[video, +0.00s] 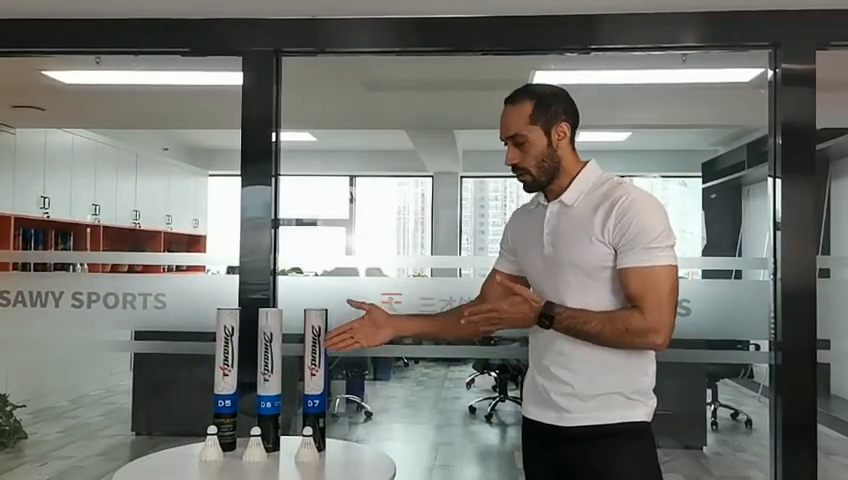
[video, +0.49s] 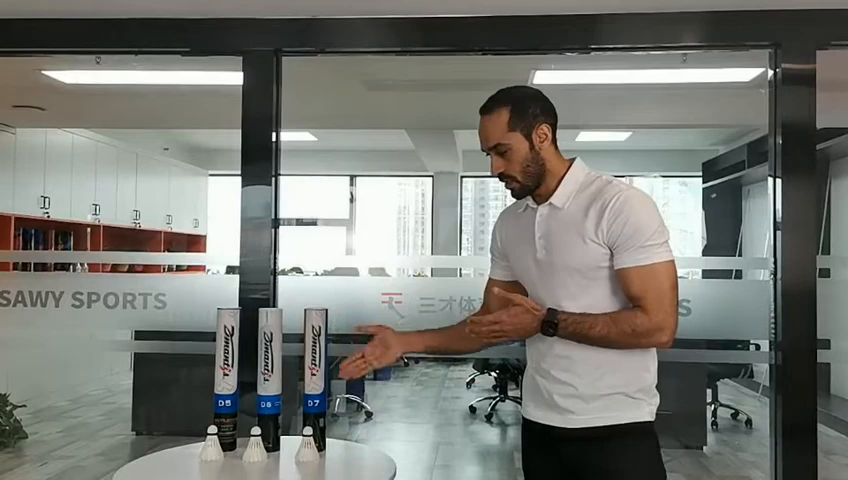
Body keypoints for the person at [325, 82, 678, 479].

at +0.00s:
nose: (509, 160)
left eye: (519, 143)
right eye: (506, 146)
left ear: (561, 133)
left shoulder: (631, 208)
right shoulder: (523, 221)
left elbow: (654, 330)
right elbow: (486, 313)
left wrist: (541, 313)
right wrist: (396, 325)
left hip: (615, 429)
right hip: (542, 425)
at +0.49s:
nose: (494, 169)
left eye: (502, 151)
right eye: (490, 155)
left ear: (543, 135)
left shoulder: (621, 206)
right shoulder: (510, 224)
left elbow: (659, 327)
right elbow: (494, 324)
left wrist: (544, 321)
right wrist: (404, 342)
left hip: (618, 432)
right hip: (541, 431)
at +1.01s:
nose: (490, 165)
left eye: (497, 147)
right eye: (486, 151)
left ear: (537, 133)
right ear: (536, 134)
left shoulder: (619, 203)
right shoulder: (517, 223)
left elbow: (654, 325)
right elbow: (520, 324)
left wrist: (538, 321)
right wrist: (441, 344)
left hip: (618, 430)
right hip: (544, 427)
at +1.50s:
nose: (513, 156)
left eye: (520, 139)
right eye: (511, 143)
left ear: (562, 126)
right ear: (561, 127)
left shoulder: (645, 196)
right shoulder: (546, 226)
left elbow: (685, 323)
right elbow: (549, 330)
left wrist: (566, 321)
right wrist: (458, 364)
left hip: (656, 440)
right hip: (573, 432)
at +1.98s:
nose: (426, 179)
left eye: (435, 163)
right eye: (425, 166)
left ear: (479, 159)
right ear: (463, 165)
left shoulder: (562, 213)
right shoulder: (458, 262)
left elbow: (634, 315)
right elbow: (377, 334)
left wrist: (521, 341)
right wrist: (280, 380)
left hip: (619, 449)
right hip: (534, 449)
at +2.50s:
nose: (410, 160)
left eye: (424, 145)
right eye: (400, 151)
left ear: (458, 155)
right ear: (396, 167)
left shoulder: (525, 207)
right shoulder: (415, 271)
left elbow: (615, 302)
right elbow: (343, 351)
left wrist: (506, 345)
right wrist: (245, 388)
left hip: (605, 439)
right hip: (516, 449)